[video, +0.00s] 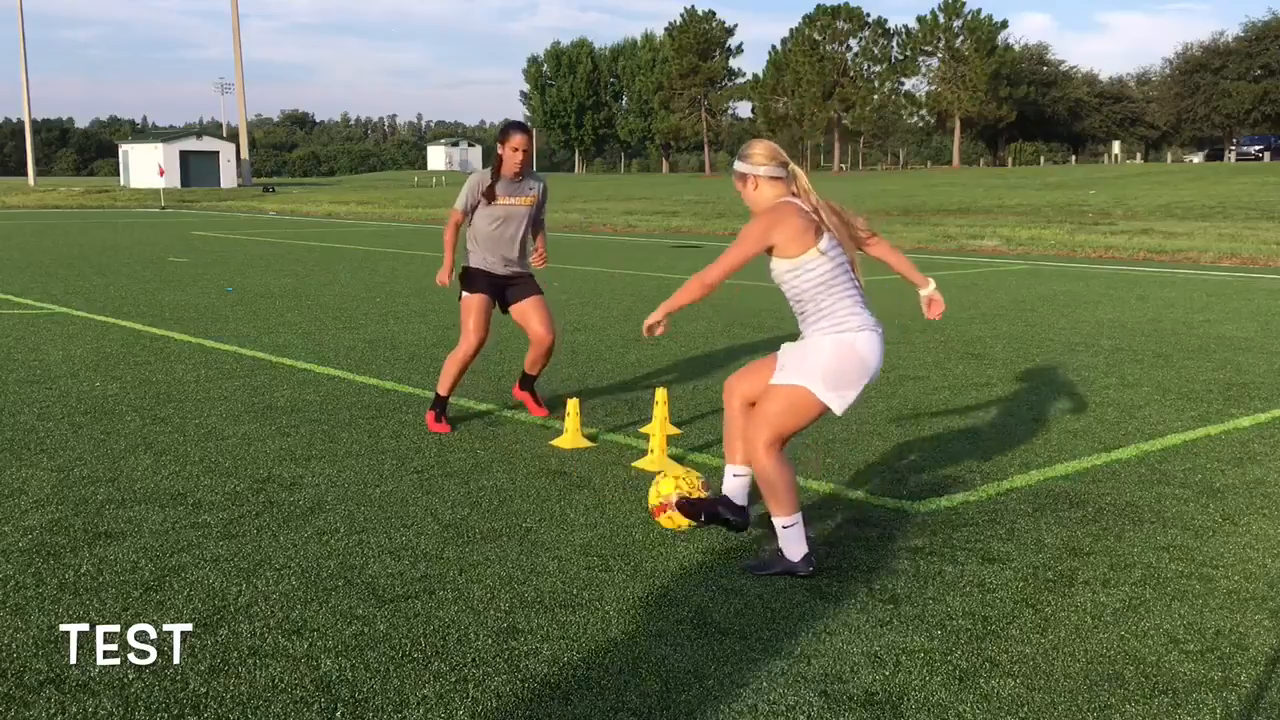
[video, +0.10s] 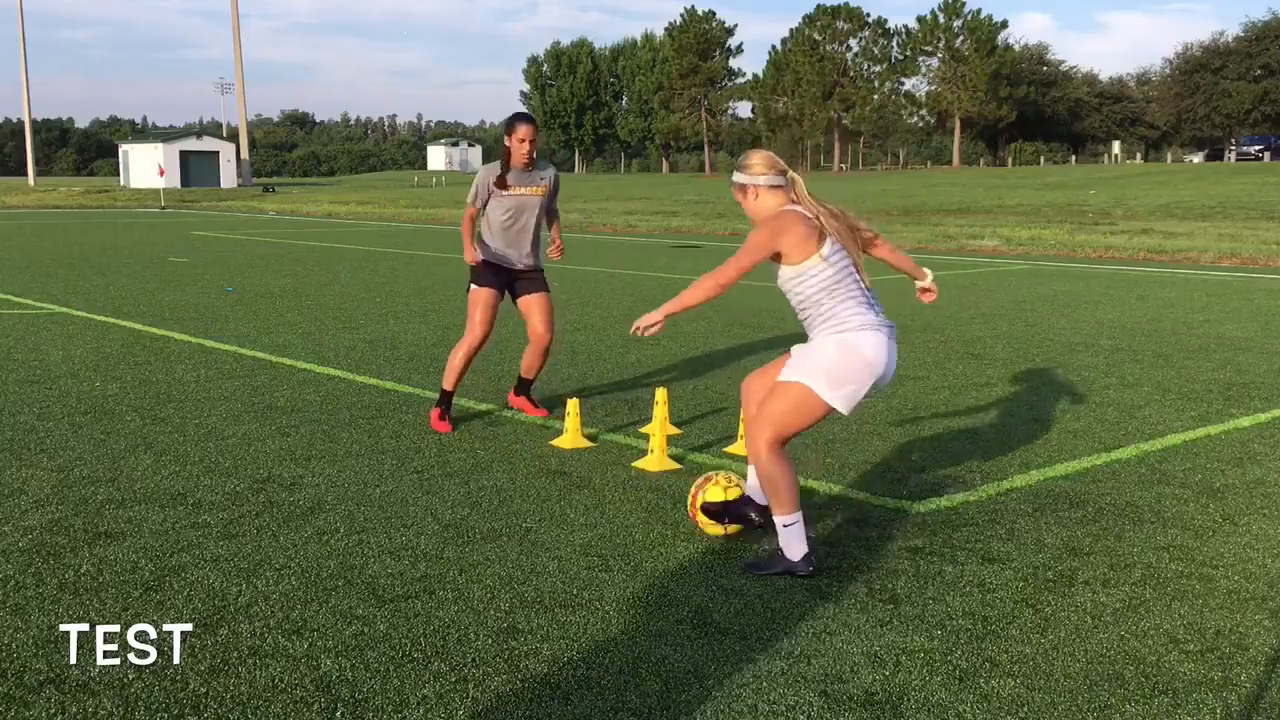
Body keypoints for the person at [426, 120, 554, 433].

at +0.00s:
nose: (521, 157)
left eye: (526, 150)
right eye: (516, 149)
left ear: (531, 152)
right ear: (501, 149)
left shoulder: (536, 186)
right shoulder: (480, 181)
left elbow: (537, 223)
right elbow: (454, 222)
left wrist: (540, 247)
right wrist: (448, 263)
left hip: (518, 273)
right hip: (480, 271)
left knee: (545, 337)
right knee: (472, 339)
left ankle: (525, 387)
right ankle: (437, 408)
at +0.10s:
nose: (529, 147)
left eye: (533, 141)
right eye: (522, 141)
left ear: (537, 141)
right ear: (508, 141)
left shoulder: (548, 175)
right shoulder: (489, 174)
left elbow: (551, 213)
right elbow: (470, 214)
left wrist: (556, 236)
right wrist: (468, 246)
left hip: (528, 268)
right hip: (491, 263)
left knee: (543, 335)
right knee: (477, 333)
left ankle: (520, 393)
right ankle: (442, 406)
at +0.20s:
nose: (536, 138)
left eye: (540, 132)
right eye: (530, 132)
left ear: (544, 134)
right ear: (515, 133)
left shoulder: (555, 166)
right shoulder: (497, 166)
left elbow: (562, 202)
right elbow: (482, 208)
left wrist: (566, 226)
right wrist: (488, 229)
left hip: (538, 258)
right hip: (500, 254)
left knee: (540, 333)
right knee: (491, 324)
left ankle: (523, 395)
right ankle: (468, 397)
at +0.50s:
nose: (559, 146)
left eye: (562, 140)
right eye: (554, 139)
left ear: (564, 144)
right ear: (536, 141)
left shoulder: (564, 174)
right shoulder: (517, 176)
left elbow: (556, 213)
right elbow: (492, 217)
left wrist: (574, 233)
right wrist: (509, 251)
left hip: (553, 262)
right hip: (521, 262)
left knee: (581, 324)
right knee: (530, 330)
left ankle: (559, 370)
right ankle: (505, 398)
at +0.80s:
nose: (587, 147)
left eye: (588, 142)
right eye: (581, 142)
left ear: (588, 143)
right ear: (564, 143)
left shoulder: (592, 173)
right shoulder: (546, 175)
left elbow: (595, 207)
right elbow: (524, 214)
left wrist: (622, 227)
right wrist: (526, 250)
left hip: (583, 259)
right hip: (552, 257)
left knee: (595, 323)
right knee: (551, 321)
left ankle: (578, 378)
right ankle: (522, 389)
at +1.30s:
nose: (602, 155)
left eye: (604, 150)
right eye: (598, 150)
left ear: (593, 148)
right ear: (580, 146)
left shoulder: (591, 172)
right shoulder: (566, 175)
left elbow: (594, 204)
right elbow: (542, 216)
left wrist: (621, 210)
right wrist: (544, 253)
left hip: (588, 252)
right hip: (567, 255)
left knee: (600, 313)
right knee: (599, 312)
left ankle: (592, 371)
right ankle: (555, 358)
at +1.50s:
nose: (602, 165)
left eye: (604, 159)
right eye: (597, 159)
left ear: (604, 158)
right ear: (580, 156)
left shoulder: (601, 180)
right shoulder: (560, 181)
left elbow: (621, 201)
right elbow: (530, 212)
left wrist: (651, 218)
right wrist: (520, 254)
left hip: (573, 253)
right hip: (551, 254)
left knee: (591, 314)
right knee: (607, 290)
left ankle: (590, 371)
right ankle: (602, 354)